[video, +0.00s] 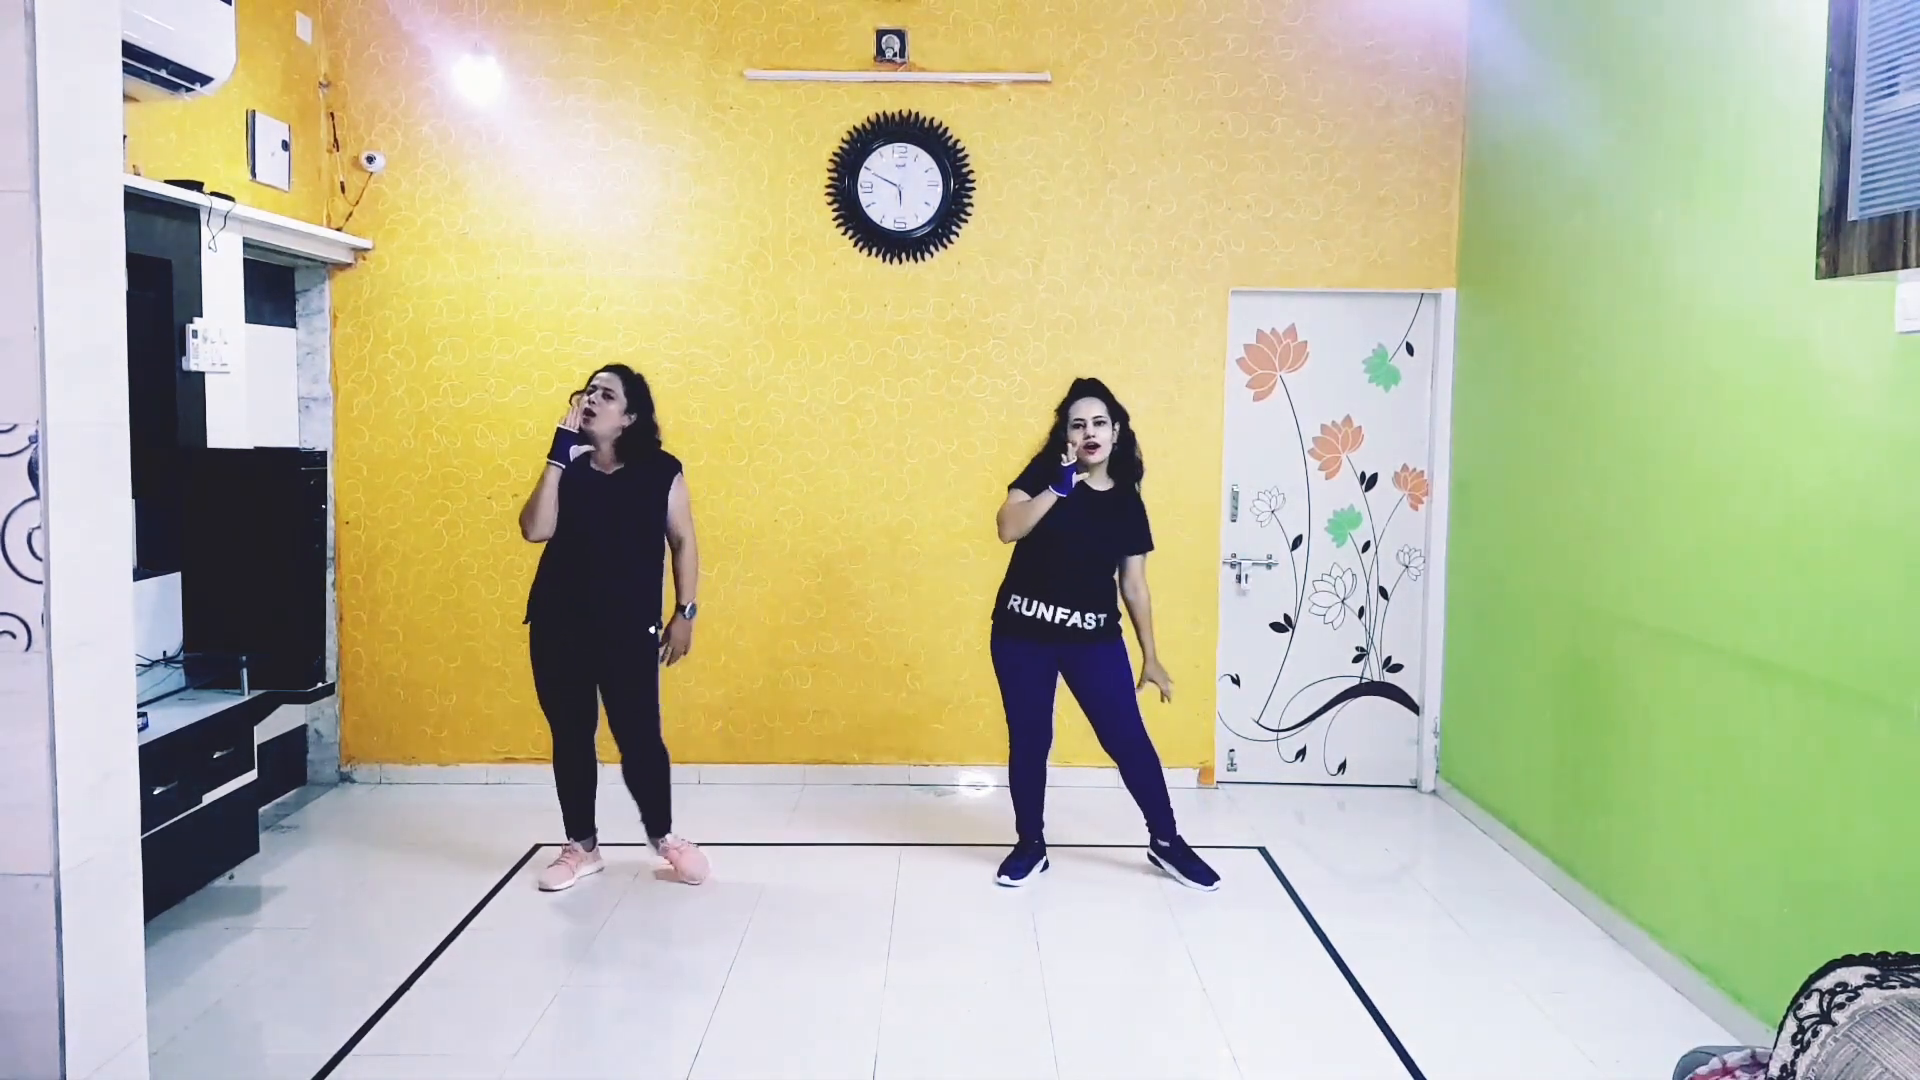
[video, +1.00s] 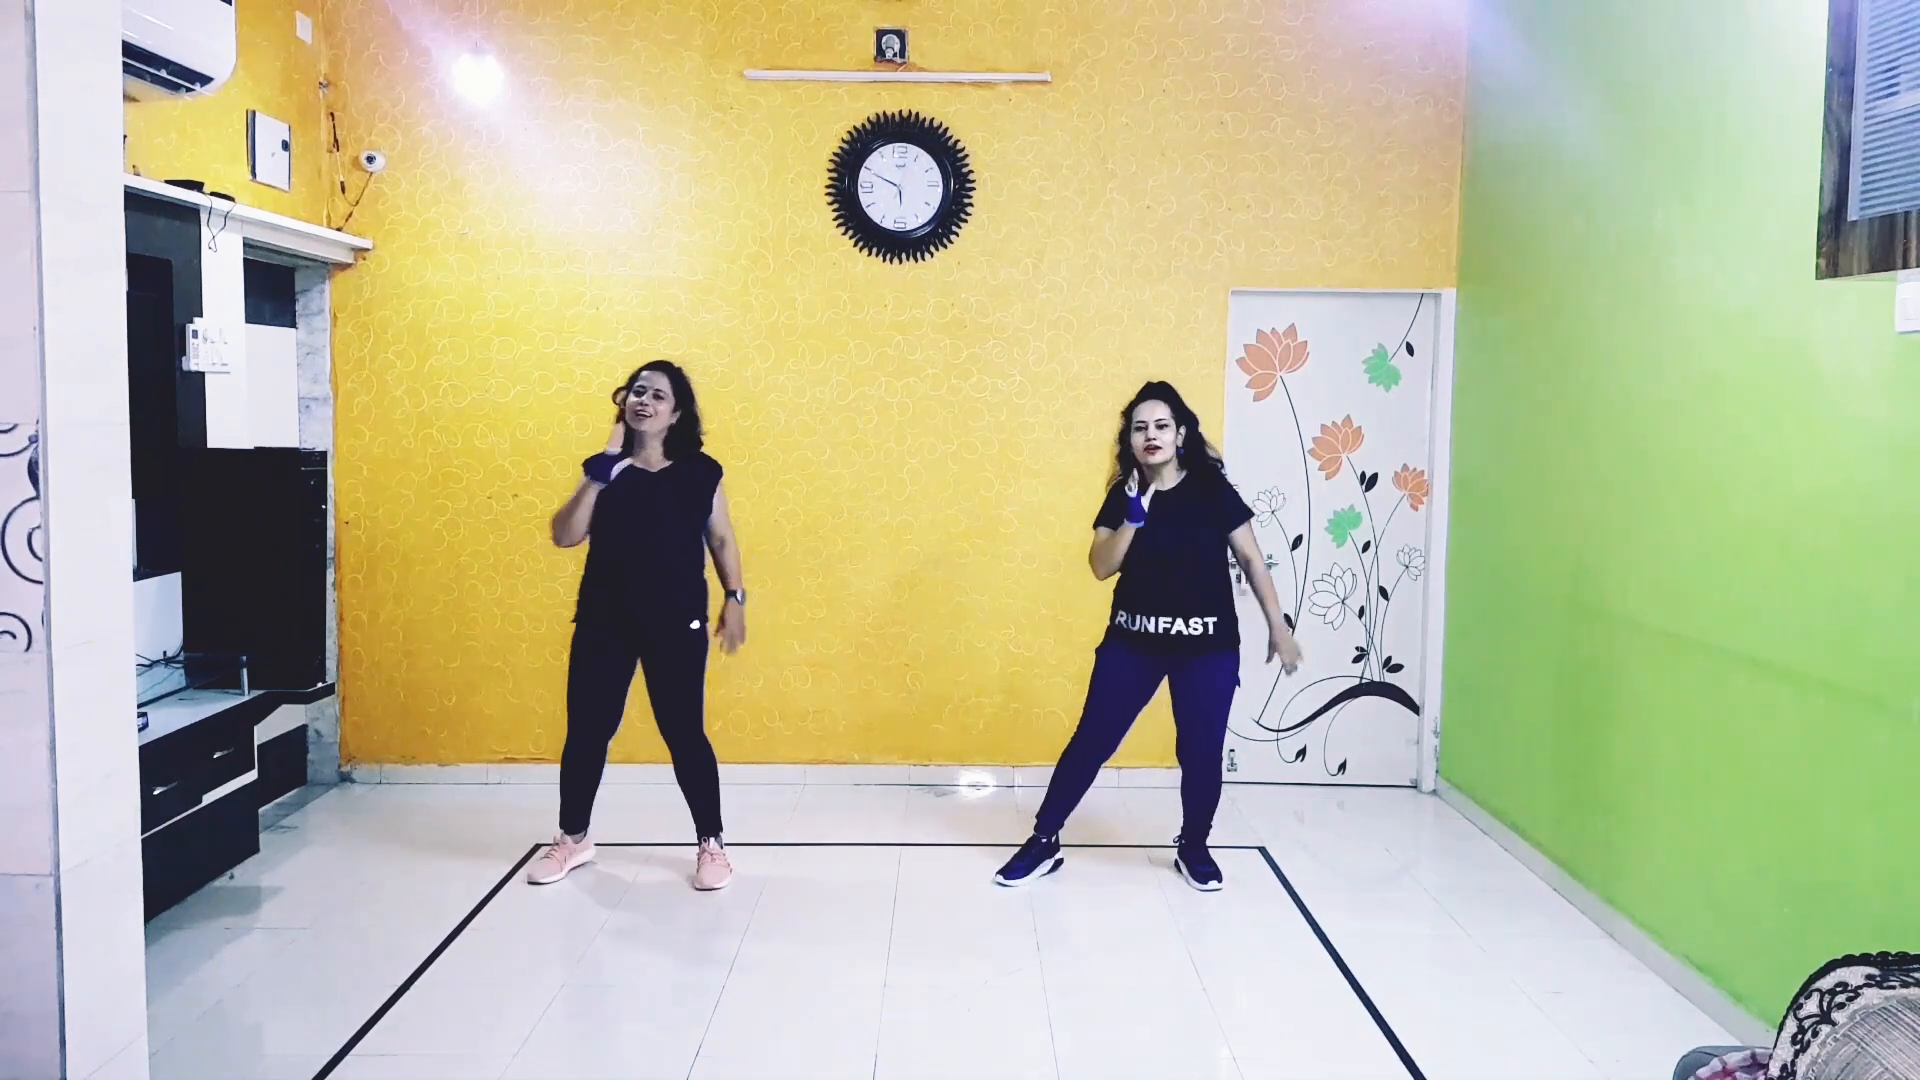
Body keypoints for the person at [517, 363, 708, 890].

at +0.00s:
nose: (590, 399)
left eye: (606, 395)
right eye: (589, 391)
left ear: (631, 417)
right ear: (581, 404)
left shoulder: (661, 472)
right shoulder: (565, 467)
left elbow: (683, 543)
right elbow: (536, 529)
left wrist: (686, 613)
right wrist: (559, 453)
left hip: (628, 626)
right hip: (560, 624)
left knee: (641, 736)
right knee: (571, 737)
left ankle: (663, 839)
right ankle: (580, 846)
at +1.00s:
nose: (641, 400)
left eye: (655, 395)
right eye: (635, 392)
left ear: (677, 412)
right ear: (622, 404)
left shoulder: (700, 474)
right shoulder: (606, 469)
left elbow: (721, 539)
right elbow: (566, 535)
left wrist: (735, 598)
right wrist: (601, 471)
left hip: (675, 625)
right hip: (604, 622)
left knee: (684, 734)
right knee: (585, 731)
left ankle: (710, 845)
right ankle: (572, 837)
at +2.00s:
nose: (657, 417)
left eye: (670, 411)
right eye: (648, 408)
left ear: (685, 424)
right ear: (632, 417)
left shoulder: (706, 482)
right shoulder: (607, 483)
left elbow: (731, 543)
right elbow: (599, 545)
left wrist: (760, 550)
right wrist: (568, 559)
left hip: (703, 628)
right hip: (637, 628)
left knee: (705, 734)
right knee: (600, 733)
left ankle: (718, 844)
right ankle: (611, 844)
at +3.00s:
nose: (624, 402)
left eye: (637, 397)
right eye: (617, 393)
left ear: (656, 412)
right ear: (602, 402)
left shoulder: (675, 472)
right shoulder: (576, 470)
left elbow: (697, 535)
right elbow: (557, 539)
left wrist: (730, 548)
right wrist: (505, 564)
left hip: (674, 622)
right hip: (604, 623)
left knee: (700, 729)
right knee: (592, 735)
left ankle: (737, 840)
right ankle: (580, 844)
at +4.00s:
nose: (663, 408)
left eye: (676, 401)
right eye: (655, 399)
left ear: (697, 413)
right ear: (643, 408)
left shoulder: (721, 464)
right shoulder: (624, 462)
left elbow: (779, 465)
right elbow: (564, 469)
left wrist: (745, 406)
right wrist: (590, 406)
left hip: (701, 623)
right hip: (629, 621)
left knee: (715, 737)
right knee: (614, 734)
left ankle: (732, 845)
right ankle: (603, 845)